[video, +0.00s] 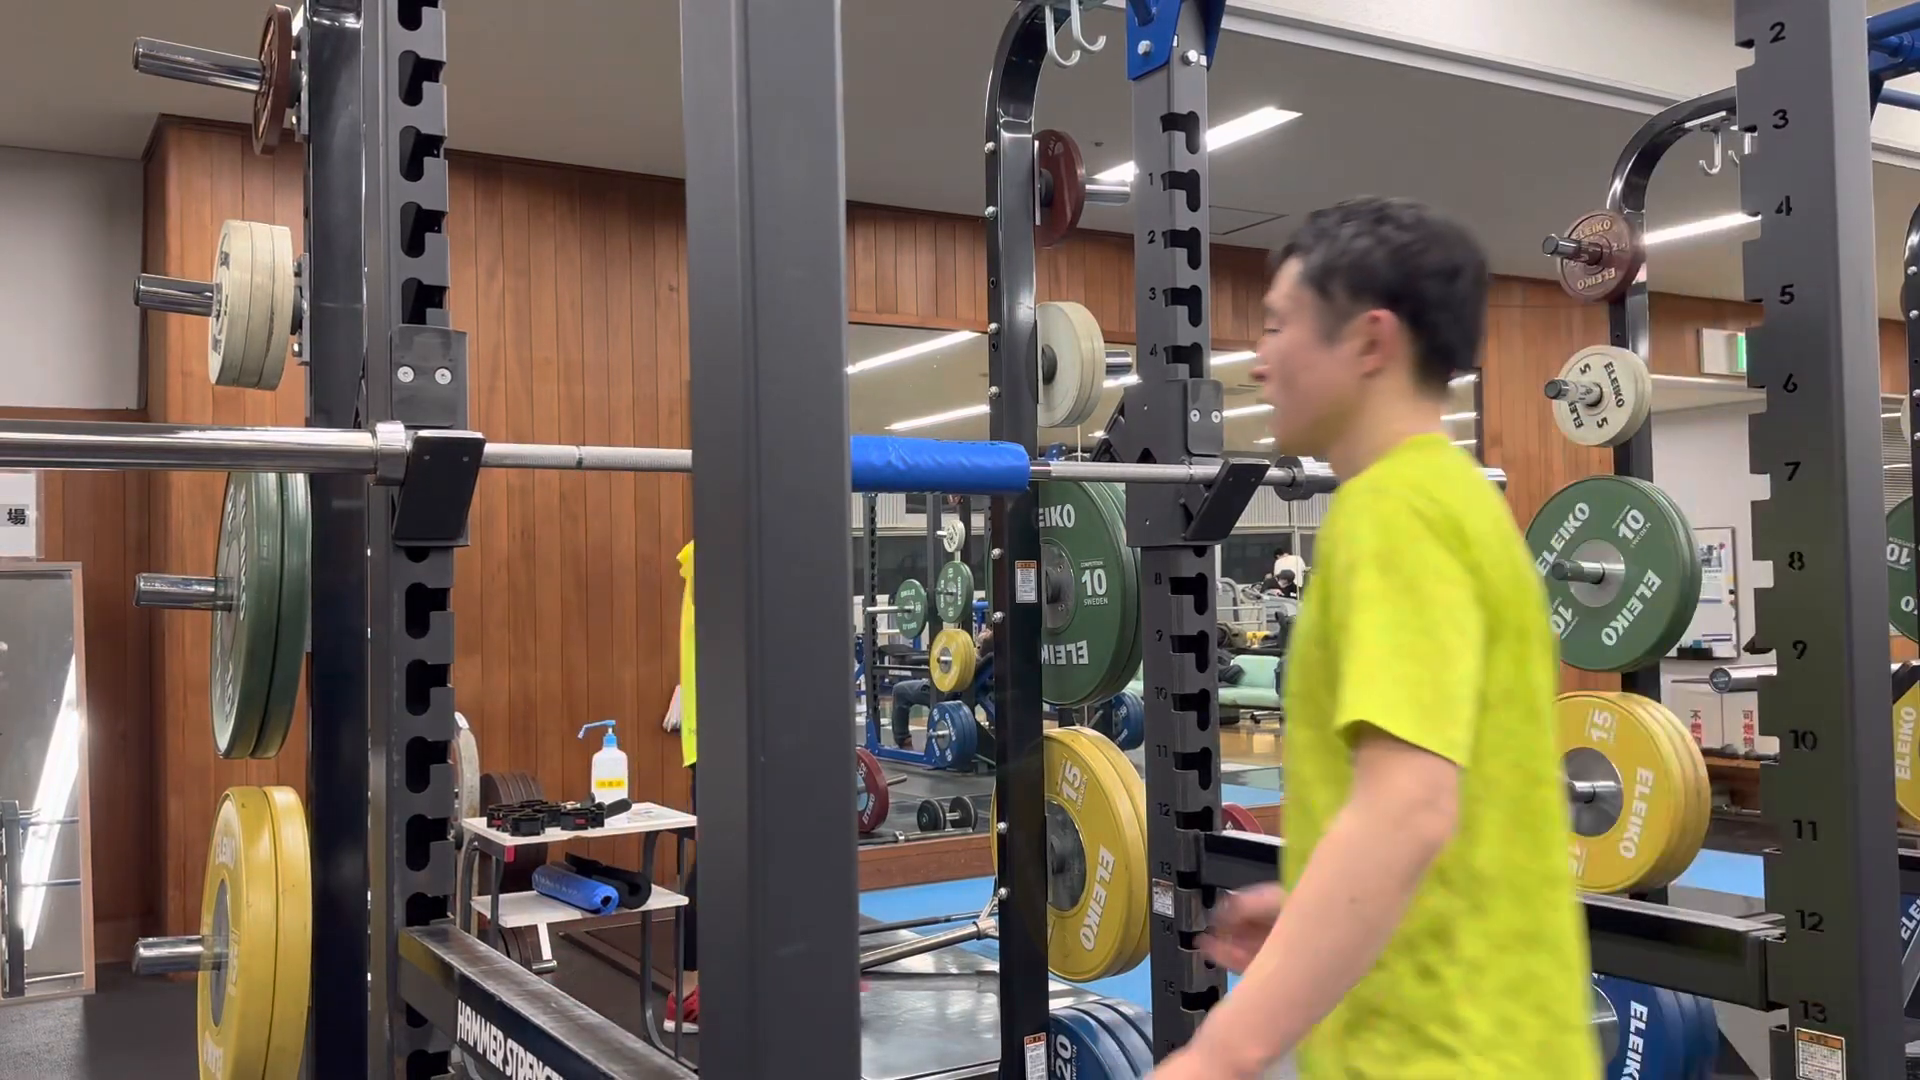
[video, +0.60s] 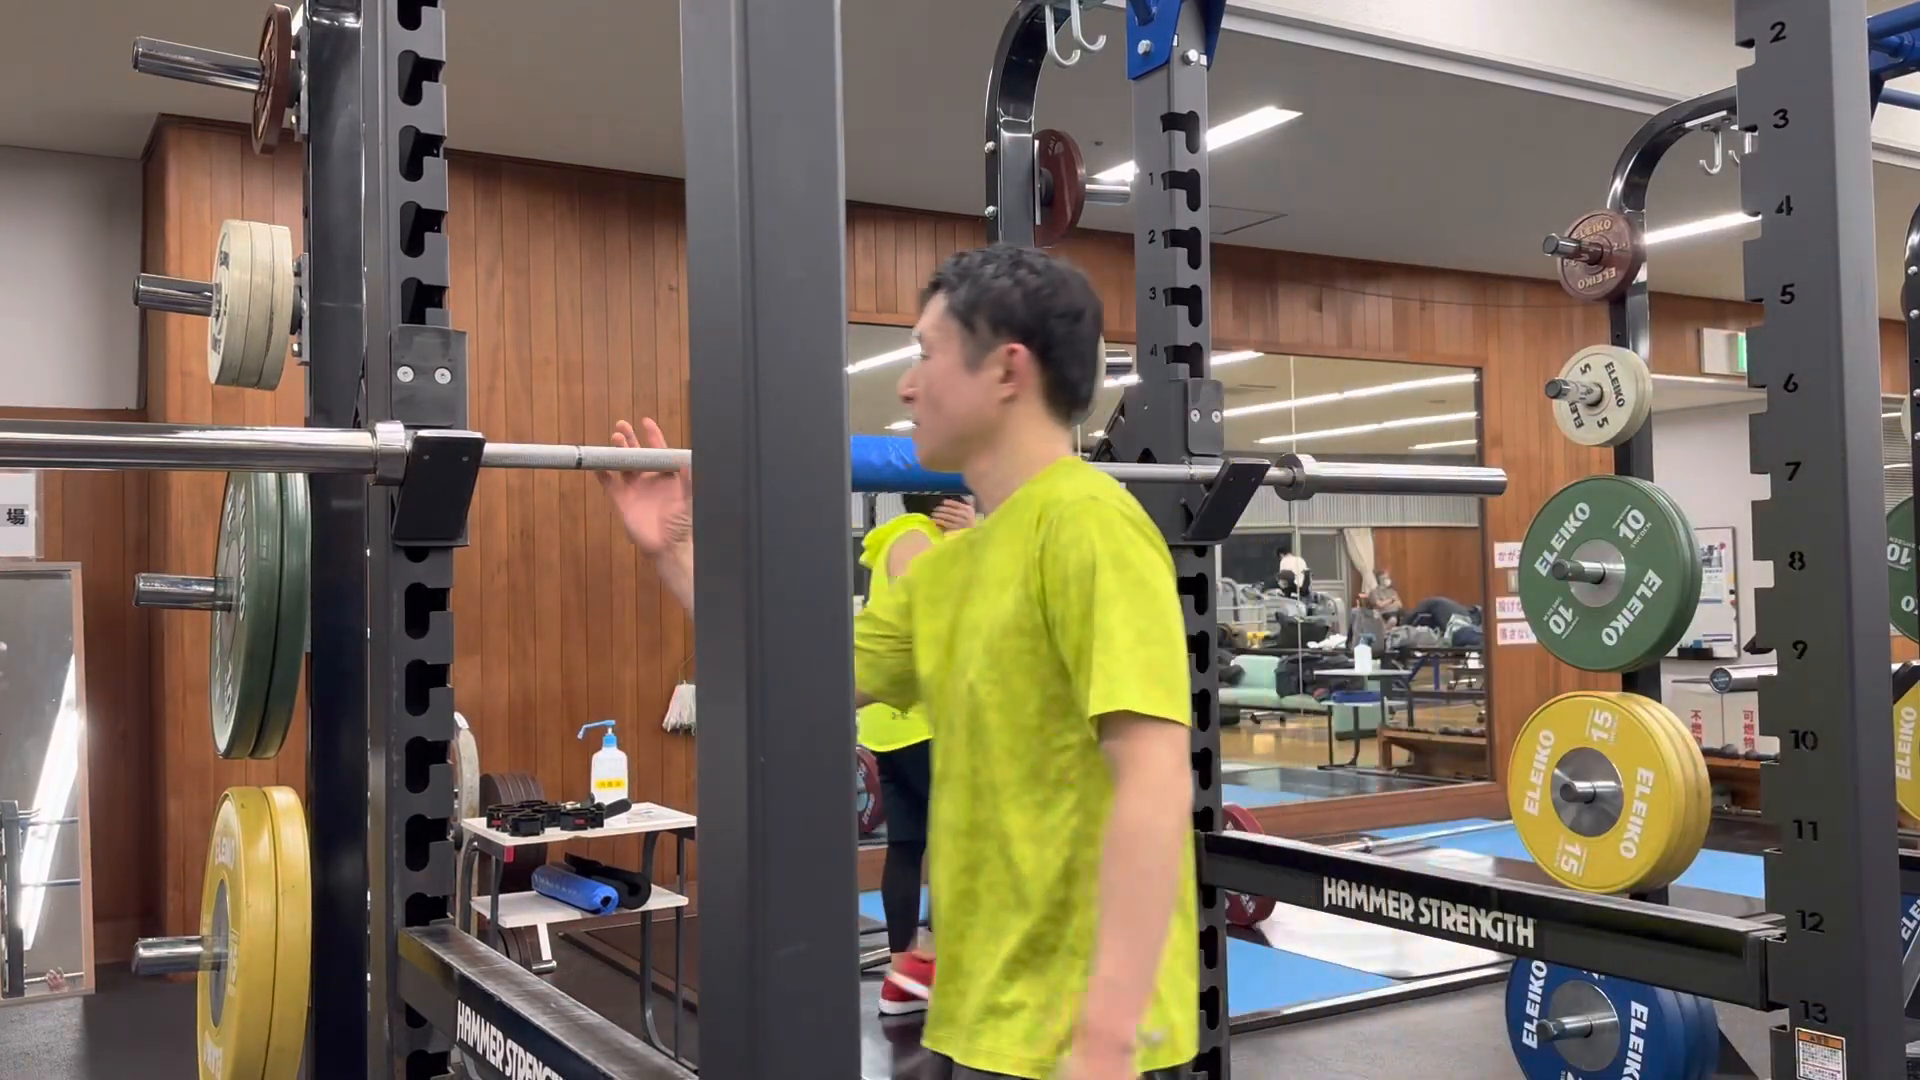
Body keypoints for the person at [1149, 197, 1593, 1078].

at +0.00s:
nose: (1256, 357)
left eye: (1277, 323)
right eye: (1263, 328)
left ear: (1371, 342)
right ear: (1375, 347)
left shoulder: (1396, 506)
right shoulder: (1461, 500)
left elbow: (1409, 805)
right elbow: (1477, 821)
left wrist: (1222, 1054)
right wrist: (1314, 911)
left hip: (1429, 1047)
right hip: (1492, 1037)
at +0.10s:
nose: (1167, 359)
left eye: (1190, 327)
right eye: (1177, 330)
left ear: (1278, 339)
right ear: (1270, 340)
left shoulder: (1305, 495)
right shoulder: (1320, 489)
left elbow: (1337, 786)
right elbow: (1267, 772)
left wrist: (1312, 1056)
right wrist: (1086, 808)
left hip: (1321, 1042)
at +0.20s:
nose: (1109, 364)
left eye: (1127, 333)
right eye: (1116, 336)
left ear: (1215, 345)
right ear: (1213, 348)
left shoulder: (1263, 491)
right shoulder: (1229, 499)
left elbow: (1336, 755)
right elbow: (1166, 740)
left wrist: (1345, 1046)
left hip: (1259, 1036)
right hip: (1217, 1020)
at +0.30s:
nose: (1049, 370)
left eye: (1069, 339)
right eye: (1057, 342)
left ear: (1153, 351)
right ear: (1145, 353)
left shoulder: (1208, 490)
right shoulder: (1149, 521)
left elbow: (1311, 735)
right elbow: (1029, 720)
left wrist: (1333, 1032)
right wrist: (847, 653)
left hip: (1202, 1030)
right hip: (1148, 1019)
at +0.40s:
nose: (990, 384)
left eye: (1009, 355)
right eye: (996, 358)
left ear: (1095, 367)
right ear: (1084, 370)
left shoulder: (1163, 509)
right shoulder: (1067, 555)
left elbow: (1256, 745)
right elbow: (929, 695)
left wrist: (1276, 1038)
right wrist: (753, 592)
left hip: (1151, 1036)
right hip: (1071, 1027)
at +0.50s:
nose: (954, 386)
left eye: (975, 356)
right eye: (962, 359)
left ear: (1059, 371)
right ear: (1045, 372)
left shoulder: (1128, 520)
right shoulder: (1016, 562)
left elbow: (1212, 766)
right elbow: (875, 684)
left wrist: (1219, 1045)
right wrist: (714, 571)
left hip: (1107, 1034)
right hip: (1025, 1019)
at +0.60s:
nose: (905, 382)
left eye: (927, 353)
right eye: (914, 355)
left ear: (1009, 370)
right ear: (997, 370)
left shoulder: (1088, 522)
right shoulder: (940, 562)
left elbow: (1157, 780)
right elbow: (809, 673)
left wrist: (1106, 1041)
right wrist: (673, 550)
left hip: (1074, 1040)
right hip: (968, 1021)